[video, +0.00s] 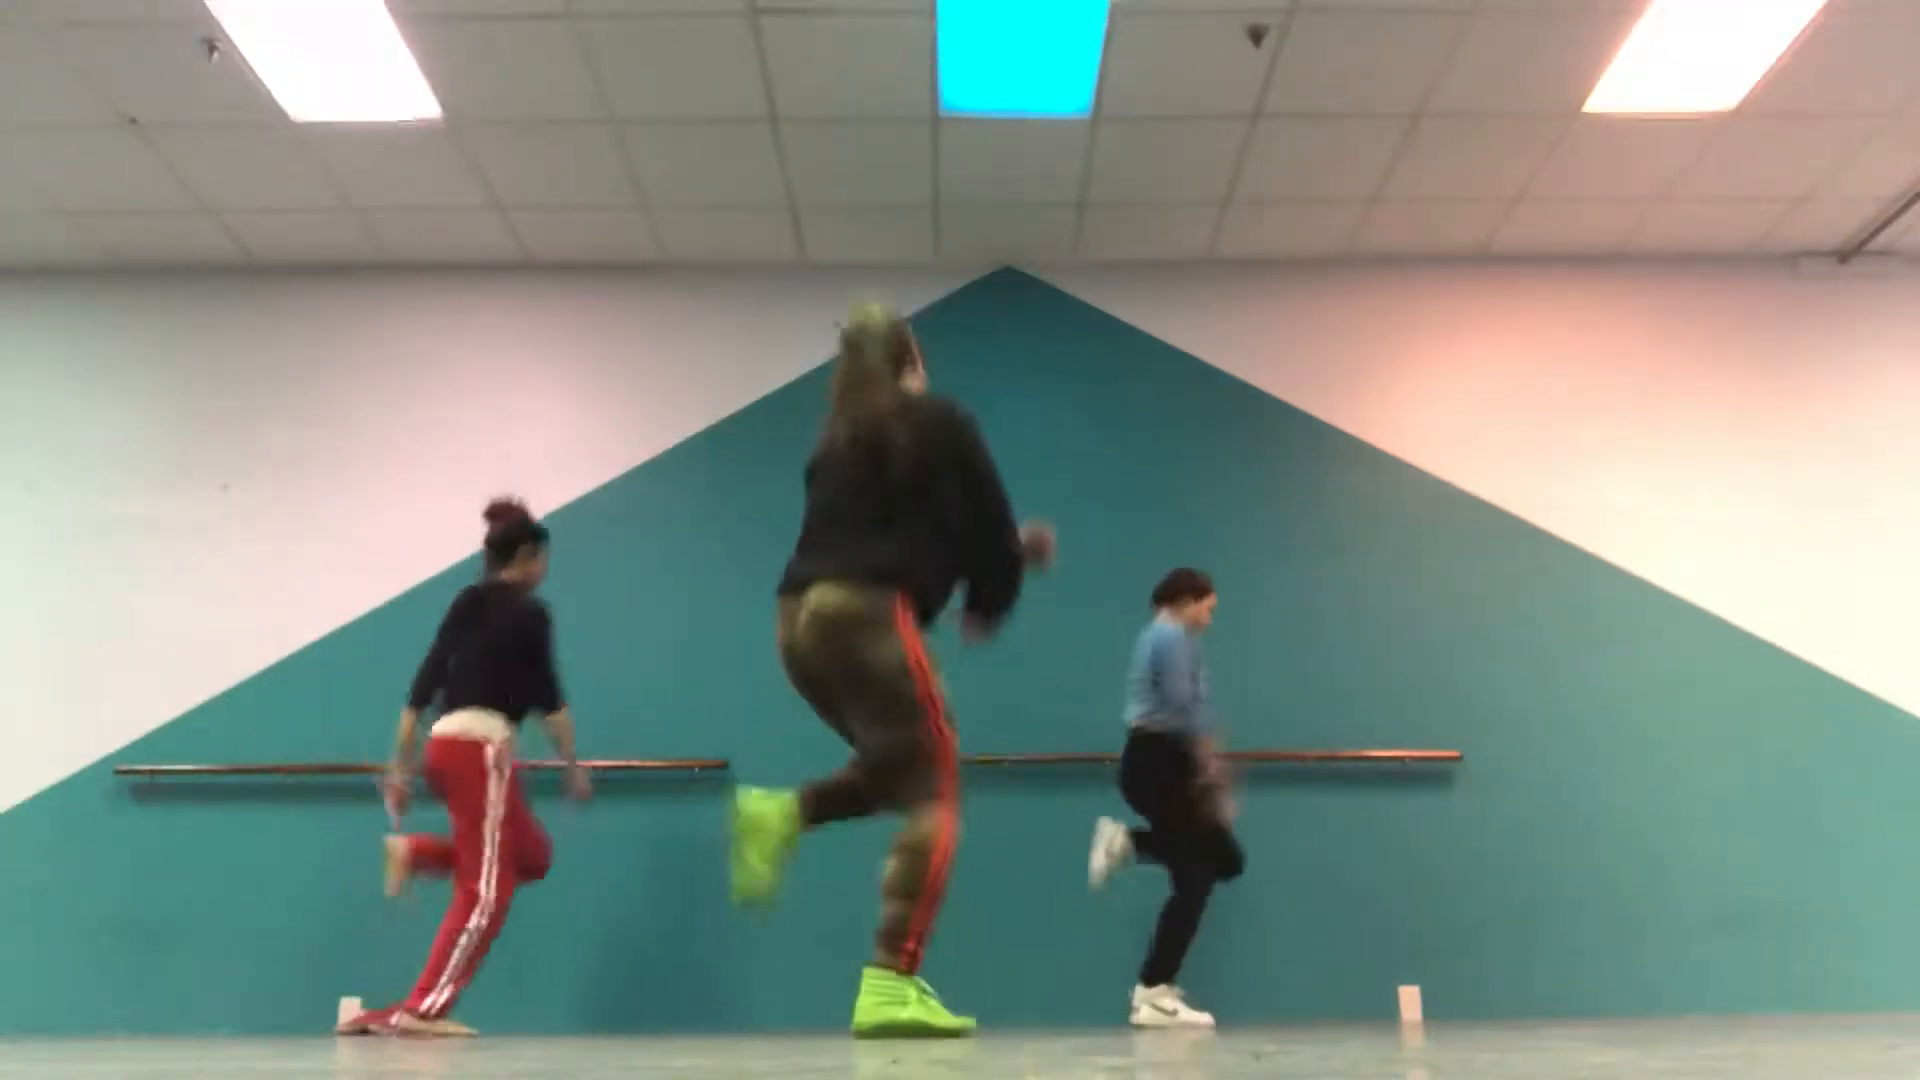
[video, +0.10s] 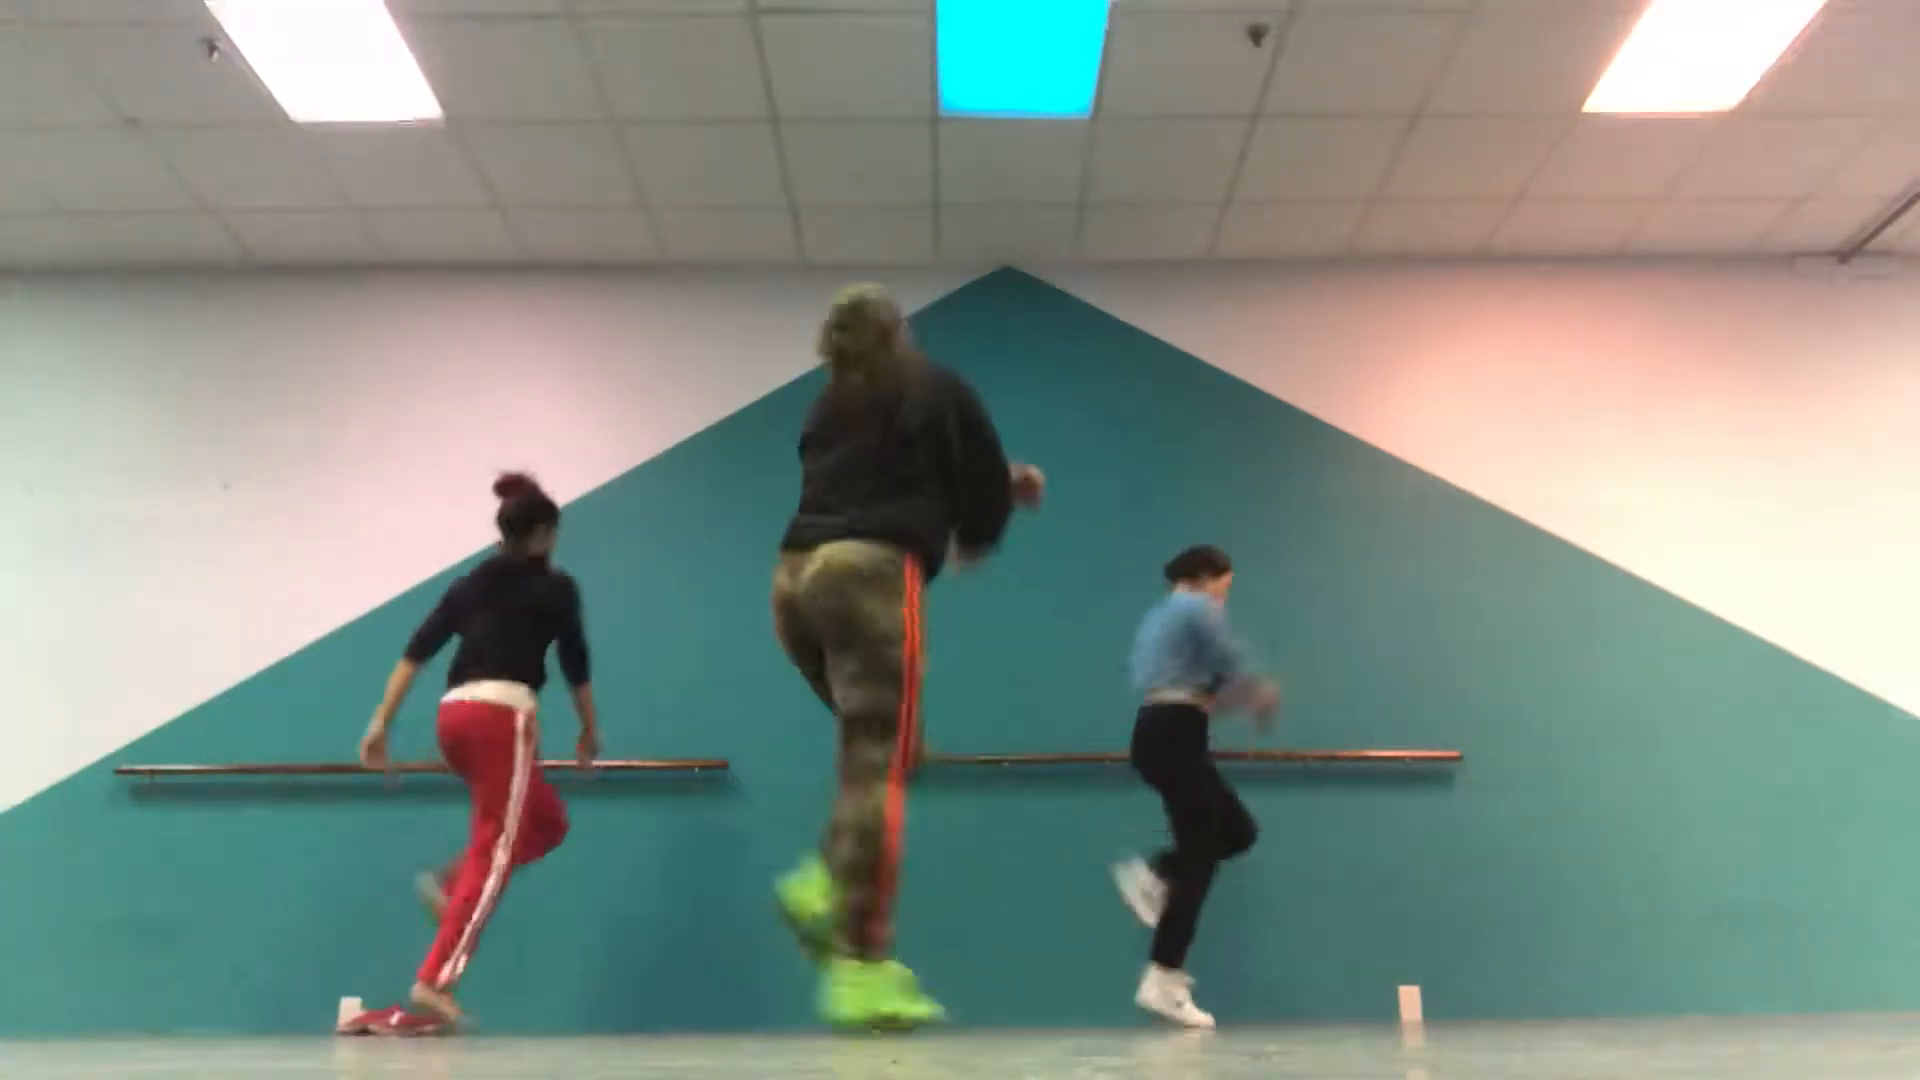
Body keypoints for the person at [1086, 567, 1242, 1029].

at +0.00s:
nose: (1209, 620)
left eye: (1211, 611)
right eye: (1207, 609)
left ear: (1176, 602)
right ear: (1188, 602)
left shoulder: (1161, 636)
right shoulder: (1171, 636)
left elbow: (1182, 709)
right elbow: (1183, 704)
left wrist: (1206, 771)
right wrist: (1204, 757)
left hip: (1151, 756)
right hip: (1159, 756)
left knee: (1221, 859)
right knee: (1200, 869)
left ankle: (1127, 842)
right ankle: (1155, 989)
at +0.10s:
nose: (1224, 595)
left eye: (1225, 587)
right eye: (1223, 587)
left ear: (1180, 580)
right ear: (1211, 581)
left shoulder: (1161, 617)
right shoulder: (1197, 609)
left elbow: (1193, 685)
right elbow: (1234, 663)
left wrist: (1244, 693)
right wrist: (1258, 695)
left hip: (1155, 734)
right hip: (1174, 734)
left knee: (1238, 830)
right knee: (1205, 844)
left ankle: (1156, 876)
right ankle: (1164, 975)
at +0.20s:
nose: (1240, 585)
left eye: (1239, 579)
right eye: (1238, 578)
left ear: (1195, 575)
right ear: (1226, 574)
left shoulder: (1170, 608)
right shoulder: (1221, 599)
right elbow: (1284, 629)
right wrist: (1302, 625)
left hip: (1157, 726)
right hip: (1192, 723)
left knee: (1225, 840)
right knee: (1230, 842)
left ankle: (1221, 948)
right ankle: (1193, 953)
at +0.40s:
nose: (1264, 599)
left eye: (1261, 593)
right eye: (1262, 593)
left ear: (1218, 601)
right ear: (1255, 594)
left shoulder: (1196, 640)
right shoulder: (1269, 621)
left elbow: (1223, 677)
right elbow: (1308, 626)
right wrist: (1295, 614)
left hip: (1203, 743)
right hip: (1248, 739)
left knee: (1264, 865)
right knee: (1247, 867)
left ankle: (1289, 985)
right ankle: (1198, 979)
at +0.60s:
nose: (1299, 607)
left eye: (1291, 602)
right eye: (1298, 601)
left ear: (1253, 608)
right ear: (1295, 602)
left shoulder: (1234, 658)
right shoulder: (1321, 640)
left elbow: (1239, 741)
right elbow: (1354, 706)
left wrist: (1243, 807)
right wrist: (1353, 753)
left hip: (1265, 764)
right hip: (1320, 752)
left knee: (1287, 879)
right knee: (1404, 837)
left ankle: (1287, 990)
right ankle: (1365, 890)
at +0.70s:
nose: (1324, 597)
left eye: (1320, 590)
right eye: (1322, 591)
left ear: (1274, 600)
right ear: (1317, 593)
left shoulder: (1254, 647)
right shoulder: (1348, 630)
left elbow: (1248, 727)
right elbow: (1376, 699)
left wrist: (1232, 785)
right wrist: (1390, 754)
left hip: (1293, 749)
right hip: (1352, 738)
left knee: (1286, 867)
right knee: (1413, 833)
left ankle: (1290, 983)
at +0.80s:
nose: (1348, 611)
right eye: (1347, 605)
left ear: (1297, 611)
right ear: (1341, 606)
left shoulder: (1281, 652)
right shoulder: (1367, 638)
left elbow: (1274, 717)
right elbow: (1410, 700)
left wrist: (1242, 767)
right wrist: (1439, 756)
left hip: (1323, 763)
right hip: (1383, 757)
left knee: (1300, 874)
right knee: (1442, 868)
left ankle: (1302, 975)